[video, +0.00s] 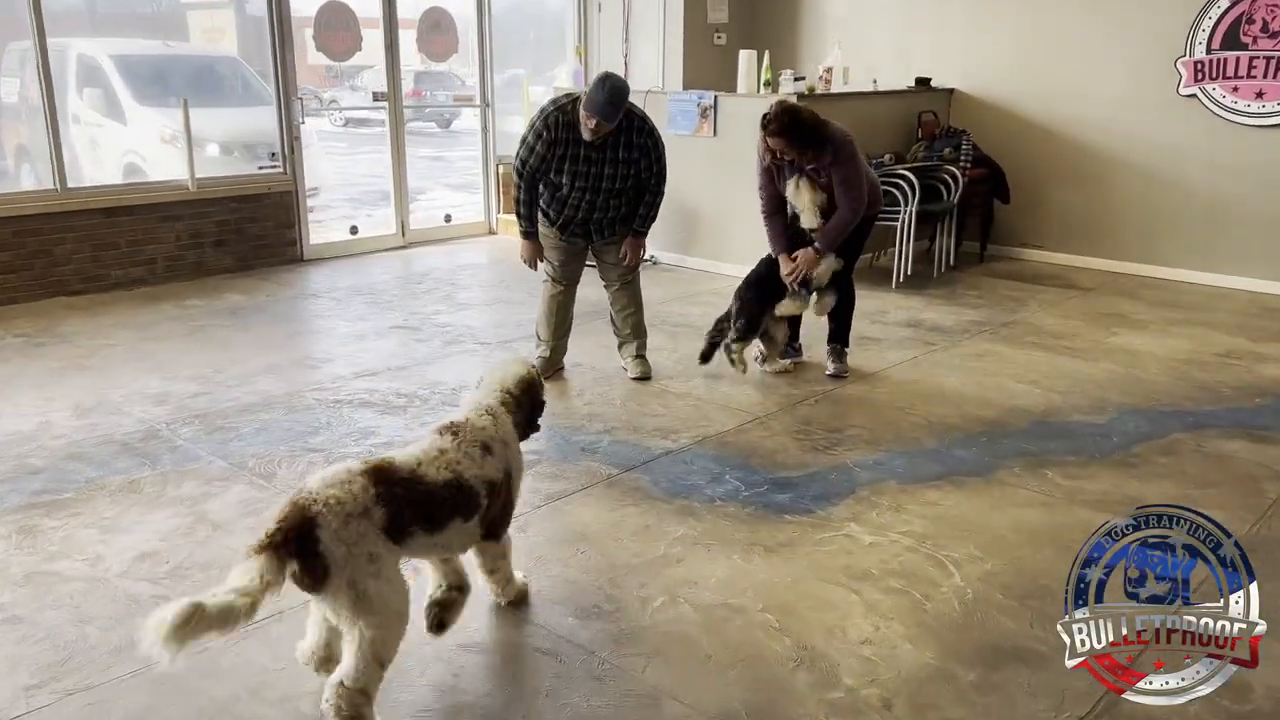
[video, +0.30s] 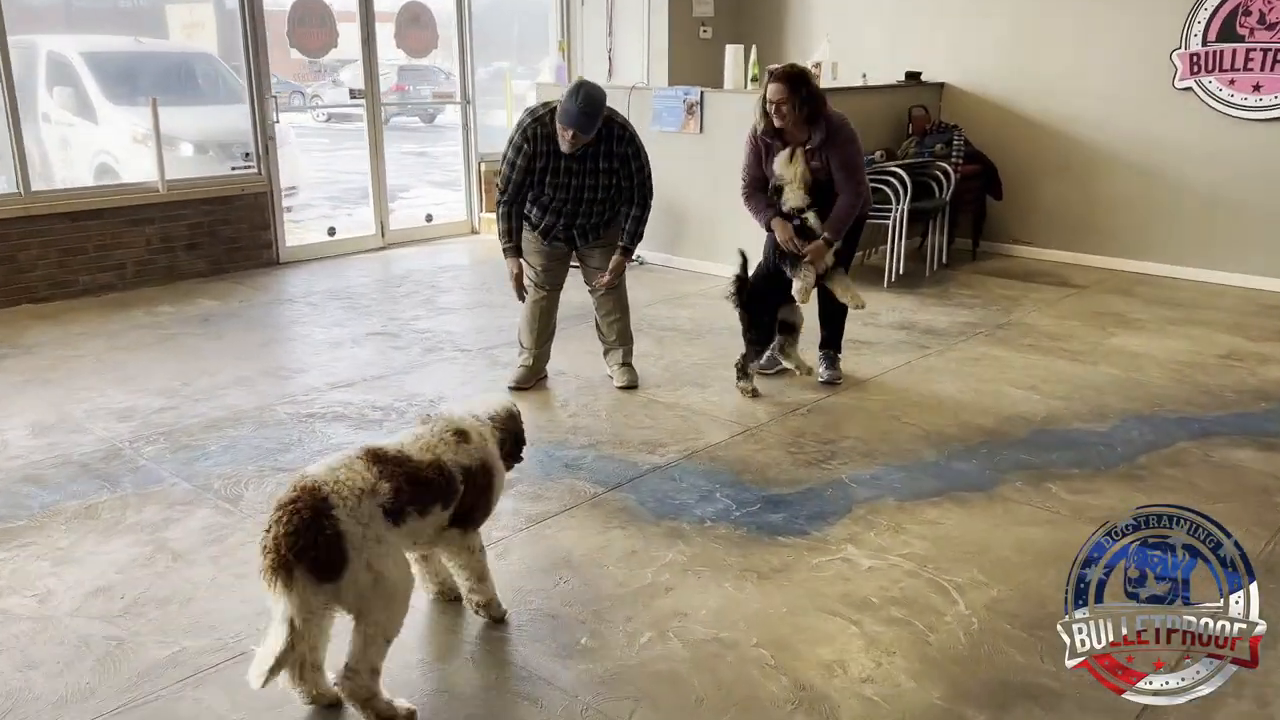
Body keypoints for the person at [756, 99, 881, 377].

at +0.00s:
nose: (778, 156)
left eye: (784, 151)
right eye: (773, 150)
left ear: (802, 142)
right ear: (766, 141)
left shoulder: (838, 144)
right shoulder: (769, 151)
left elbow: (853, 206)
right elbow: (771, 208)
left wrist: (817, 250)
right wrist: (782, 256)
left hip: (853, 207)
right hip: (807, 204)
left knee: (840, 274)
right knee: (791, 267)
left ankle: (837, 350)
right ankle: (789, 344)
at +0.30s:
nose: (774, 109)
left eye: (781, 102)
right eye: (770, 102)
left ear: (803, 102)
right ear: (764, 101)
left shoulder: (836, 130)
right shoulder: (762, 134)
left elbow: (854, 194)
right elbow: (752, 190)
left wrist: (827, 240)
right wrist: (774, 221)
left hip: (839, 209)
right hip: (789, 210)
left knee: (832, 279)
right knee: (773, 274)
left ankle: (829, 354)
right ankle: (781, 344)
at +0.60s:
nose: (781, 99)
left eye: (789, 91)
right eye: (775, 92)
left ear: (809, 91)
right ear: (768, 95)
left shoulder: (836, 129)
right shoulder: (760, 132)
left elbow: (850, 196)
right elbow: (744, 193)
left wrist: (817, 239)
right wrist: (775, 202)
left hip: (838, 220)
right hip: (786, 217)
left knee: (830, 292)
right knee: (774, 288)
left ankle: (833, 366)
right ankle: (778, 356)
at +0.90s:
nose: (781, 83)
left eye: (790, 76)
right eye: (775, 76)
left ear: (807, 79)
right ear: (767, 82)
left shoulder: (836, 121)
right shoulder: (757, 124)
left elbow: (853, 190)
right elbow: (736, 188)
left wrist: (826, 237)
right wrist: (768, 203)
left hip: (837, 229)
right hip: (783, 230)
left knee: (833, 306)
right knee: (776, 307)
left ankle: (841, 381)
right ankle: (776, 375)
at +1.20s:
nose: (784, 85)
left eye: (792, 77)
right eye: (776, 78)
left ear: (810, 79)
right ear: (768, 83)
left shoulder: (841, 124)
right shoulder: (757, 126)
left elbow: (854, 194)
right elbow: (735, 188)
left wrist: (822, 240)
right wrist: (775, 213)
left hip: (840, 230)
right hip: (783, 232)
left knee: (834, 310)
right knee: (781, 309)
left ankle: (842, 397)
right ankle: (782, 384)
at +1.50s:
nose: (785, 90)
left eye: (794, 81)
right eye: (777, 82)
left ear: (813, 84)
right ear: (769, 88)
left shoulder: (845, 130)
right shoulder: (758, 132)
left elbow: (860, 200)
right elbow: (743, 199)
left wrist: (834, 259)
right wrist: (778, 249)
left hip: (839, 242)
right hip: (783, 242)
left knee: (832, 320)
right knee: (776, 317)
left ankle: (839, 414)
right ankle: (780, 402)